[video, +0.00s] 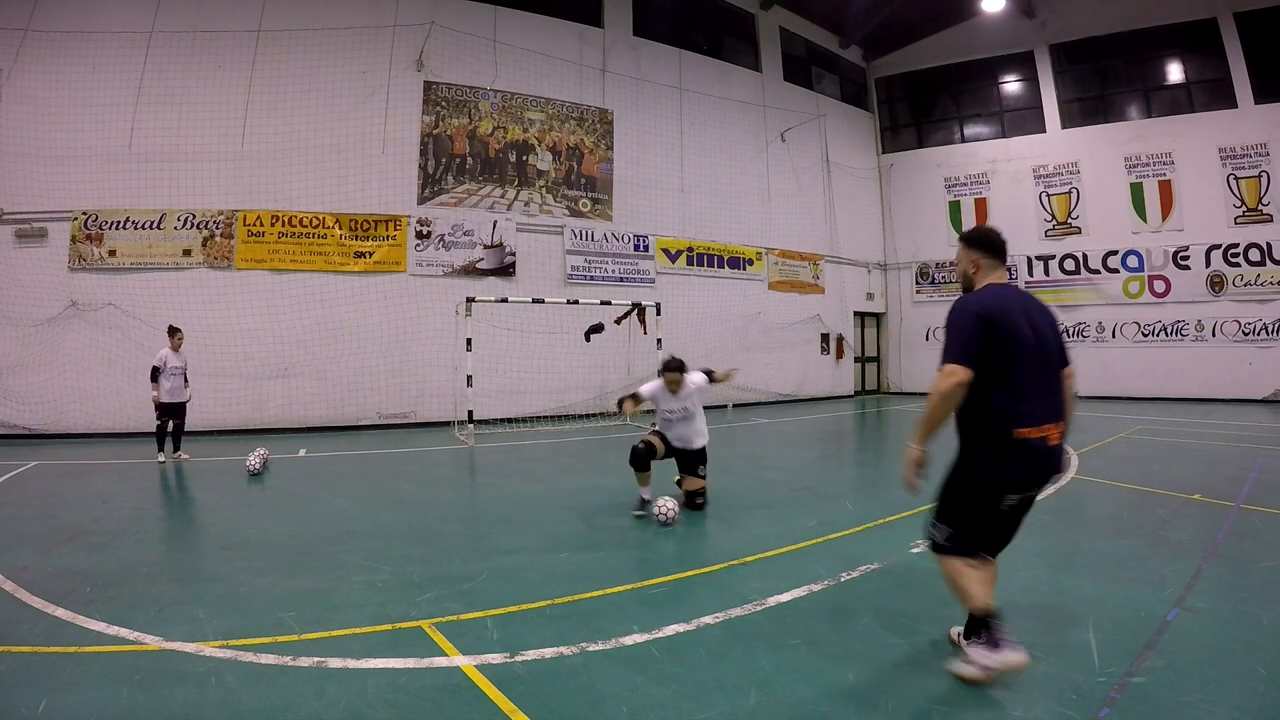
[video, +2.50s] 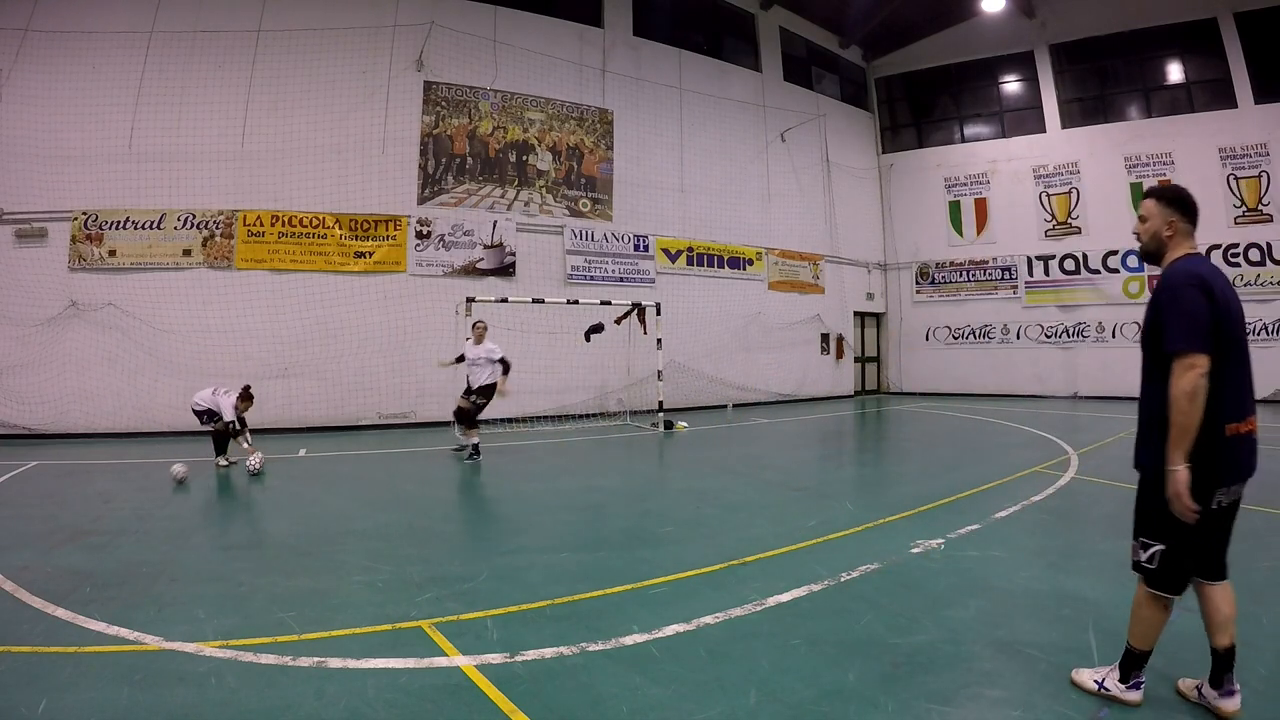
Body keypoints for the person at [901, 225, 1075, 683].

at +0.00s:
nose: (957, 268)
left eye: (959, 261)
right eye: (958, 260)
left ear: (972, 261)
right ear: (1003, 261)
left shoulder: (970, 309)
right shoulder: (1036, 307)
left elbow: (954, 380)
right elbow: (1065, 380)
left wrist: (919, 441)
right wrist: (1056, 437)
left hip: (993, 452)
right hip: (1041, 451)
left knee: (947, 542)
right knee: (983, 544)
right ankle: (976, 631)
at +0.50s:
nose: (1029, 227)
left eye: (1035, 217)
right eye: (1030, 217)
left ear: (1060, 218)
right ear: (1070, 219)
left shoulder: (1084, 271)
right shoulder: (1084, 267)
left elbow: (1104, 364)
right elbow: (1103, 364)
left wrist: (1090, 459)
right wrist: (1085, 454)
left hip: (1118, 455)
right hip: (1109, 450)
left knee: (1098, 579)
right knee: (1072, 550)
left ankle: (1091, 704)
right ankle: (1085, 658)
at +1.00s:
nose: (1114, 221)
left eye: (1123, 211)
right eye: (1115, 211)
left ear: (1157, 216)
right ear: (1158, 219)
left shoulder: (1170, 279)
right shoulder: (1181, 274)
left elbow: (1190, 375)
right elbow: (1192, 378)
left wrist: (1149, 469)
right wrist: (1152, 462)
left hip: (1168, 473)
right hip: (1197, 467)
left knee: (1128, 595)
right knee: (1194, 576)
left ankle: (1089, 706)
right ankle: (1219, 686)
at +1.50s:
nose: (1183, 220)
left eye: (1192, 209)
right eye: (1186, 210)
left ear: (1223, 215)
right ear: (1230, 216)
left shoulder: (1231, 274)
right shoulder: (1254, 270)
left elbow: (1242, 368)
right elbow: (1255, 372)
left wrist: (1215, 461)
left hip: (1225, 466)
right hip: (1261, 462)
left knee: (1181, 590)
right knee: (1256, 583)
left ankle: (1140, 706)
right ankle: (1230, 693)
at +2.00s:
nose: (1189, 222)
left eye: (1197, 211)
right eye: (1191, 211)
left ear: (1226, 216)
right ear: (1237, 218)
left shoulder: (1234, 273)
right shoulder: (1264, 270)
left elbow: (1227, 366)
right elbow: (1256, 369)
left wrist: (1179, 442)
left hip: (1221, 455)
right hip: (1261, 454)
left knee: (1166, 570)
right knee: (1248, 578)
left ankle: (1138, 690)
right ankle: (1228, 692)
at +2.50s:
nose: (1135, 229)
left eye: (1143, 220)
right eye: (1136, 220)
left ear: (1171, 225)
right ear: (1177, 227)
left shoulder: (1182, 283)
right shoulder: (1207, 277)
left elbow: (1192, 373)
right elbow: (1211, 373)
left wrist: (1176, 461)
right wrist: (1182, 455)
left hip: (1184, 462)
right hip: (1220, 459)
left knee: (1157, 576)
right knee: (1210, 570)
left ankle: (1127, 677)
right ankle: (1223, 685)